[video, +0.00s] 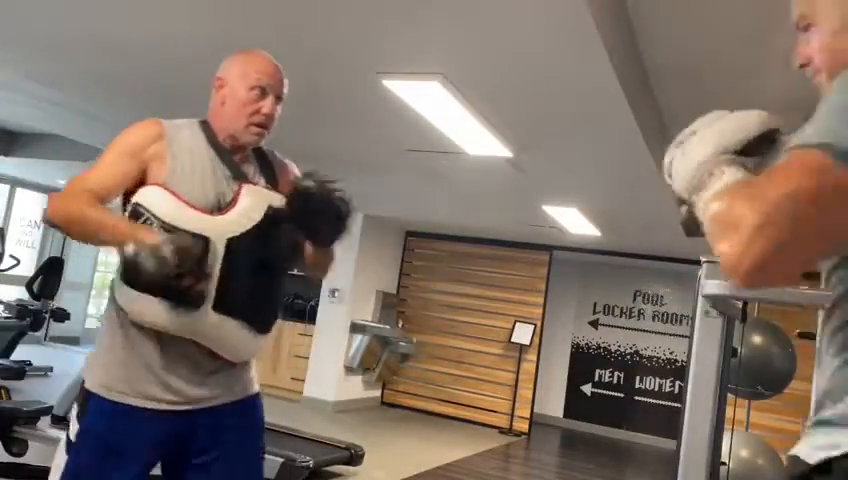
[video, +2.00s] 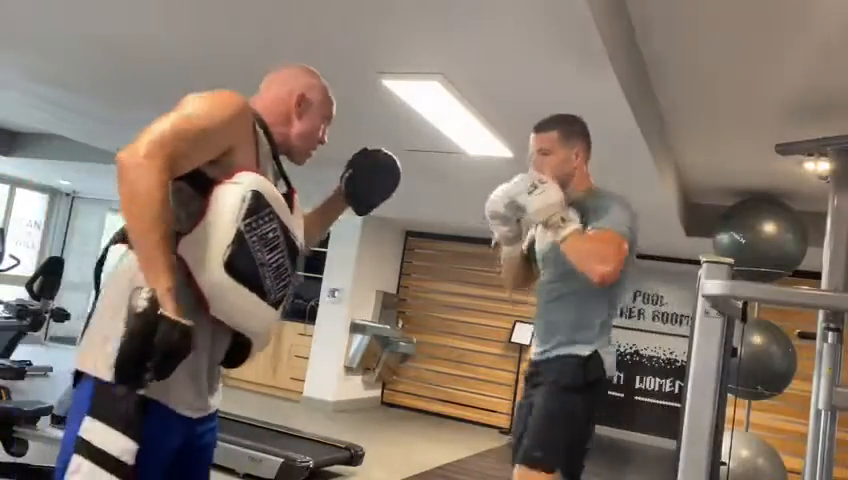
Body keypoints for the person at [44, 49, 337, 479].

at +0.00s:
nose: (270, 109)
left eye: (278, 99)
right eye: (259, 91)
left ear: (282, 108)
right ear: (220, 88)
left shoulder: (281, 174)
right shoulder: (153, 140)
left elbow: (318, 268)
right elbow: (65, 207)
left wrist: (318, 229)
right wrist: (144, 238)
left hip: (229, 402)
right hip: (129, 395)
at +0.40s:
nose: (295, 117)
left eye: (302, 107)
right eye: (285, 99)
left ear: (305, 115)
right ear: (243, 90)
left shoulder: (290, 175)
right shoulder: (169, 131)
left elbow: (335, 257)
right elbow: (75, 197)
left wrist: (365, 202)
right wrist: (157, 263)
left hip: (221, 402)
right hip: (125, 395)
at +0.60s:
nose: (340, 123)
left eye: (347, 113)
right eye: (331, 105)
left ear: (343, 119)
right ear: (289, 93)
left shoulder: (324, 184)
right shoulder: (211, 124)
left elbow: (374, 258)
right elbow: (96, 178)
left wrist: (412, 194)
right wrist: (85, 284)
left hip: (232, 404)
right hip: (137, 386)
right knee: (93, 479)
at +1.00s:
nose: (340, 121)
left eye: (345, 111)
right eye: (332, 103)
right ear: (285, 89)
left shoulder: (307, 179)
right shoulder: (201, 115)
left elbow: (361, 251)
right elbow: (77, 169)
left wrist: (401, 185)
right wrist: (75, 291)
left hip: (224, 418)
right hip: (126, 404)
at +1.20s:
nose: (289, 105)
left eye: (293, 92)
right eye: (283, 82)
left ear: (240, 73)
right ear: (238, 67)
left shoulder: (248, 157)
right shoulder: (144, 106)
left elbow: (304, 233)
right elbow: (27, 185)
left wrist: (354, 161)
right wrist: (66, 313)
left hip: (194, 416)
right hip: (107, 417)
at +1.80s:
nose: (304, 128)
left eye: (308, 117)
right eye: (304, 111)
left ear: (268, 96)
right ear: (274, 93)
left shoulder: (248, 175)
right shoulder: (191, 109)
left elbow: (266, 237)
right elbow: (90, 172)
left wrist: (320, 194)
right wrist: (107, 325)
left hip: (177, 412)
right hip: (102, 408)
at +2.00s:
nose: (325, 137)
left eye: (329, 126)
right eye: (324, 121)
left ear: (295, 105)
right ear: (298, 103)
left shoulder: (275, 183)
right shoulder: (230, 111)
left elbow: (291, 241)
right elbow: (140, 161)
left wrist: (343, 198)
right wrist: (166, 299)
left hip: (196, 392)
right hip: (137, 378)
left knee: (187, 473)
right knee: (104, 474)